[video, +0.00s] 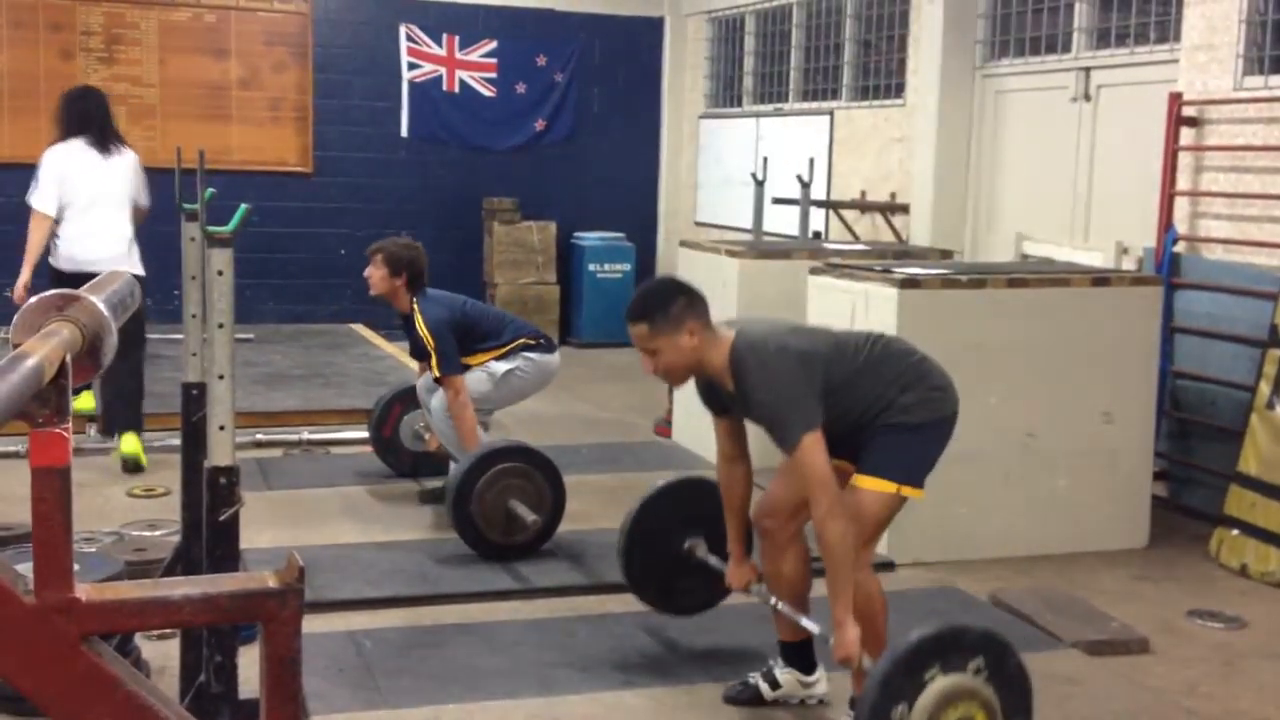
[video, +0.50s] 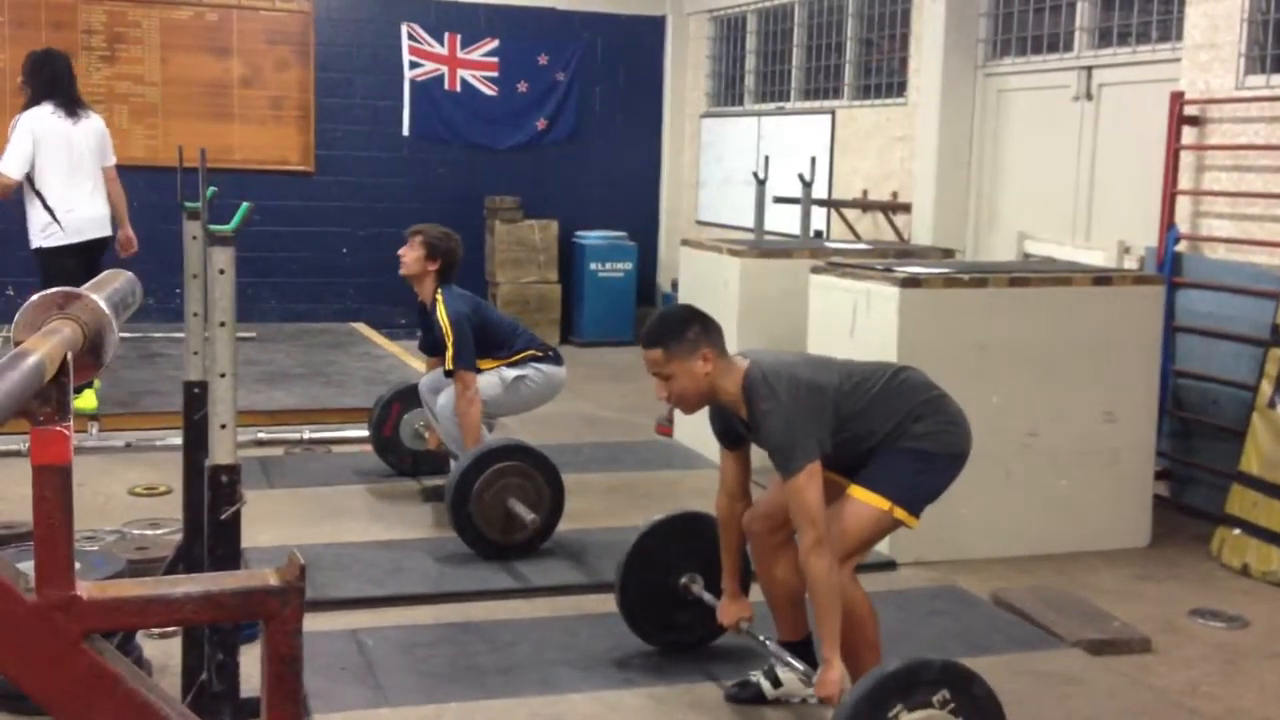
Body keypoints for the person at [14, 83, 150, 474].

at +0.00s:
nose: (61, 119)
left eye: (64, 112)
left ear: (66, 116)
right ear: (105, 115)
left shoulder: (57, 155)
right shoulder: (127, 155)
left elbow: (42, 216)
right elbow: (140, 208)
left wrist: (26, 271)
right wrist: (117, 231)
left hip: (69, 268)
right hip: (122, 269)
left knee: (68, 333)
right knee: (129, 351)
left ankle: (82, 388)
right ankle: (129, 434)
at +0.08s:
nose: (47, 111)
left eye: (49, 106)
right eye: (48, 106)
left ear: (57, 107)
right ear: (93, 104)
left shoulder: (50, 147)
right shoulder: (117, 144)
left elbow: (39, 208)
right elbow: (130, 203)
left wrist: (24, 259)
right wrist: (114, 231)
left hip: (66, 259)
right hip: (117, 257)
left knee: (66, 331)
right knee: (125, 335)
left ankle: (79, 390)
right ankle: (126, 406)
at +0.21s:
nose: (36, 96)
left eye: (40, 90)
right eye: (38, 90)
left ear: (49, 93)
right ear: (84, 90)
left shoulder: (44, 132)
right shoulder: (107, 130)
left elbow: (33, 195)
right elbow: (125, 186)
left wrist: (22, 242)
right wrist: (118, 225)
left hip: (62, 245)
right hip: (110, 243)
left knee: (61, 322)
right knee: (112, 312)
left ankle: (78, 391)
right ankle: (119, 368)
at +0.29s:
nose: (35, 88)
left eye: (38, 82)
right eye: (36, 81)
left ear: (49, 85)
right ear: (80, 83)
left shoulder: (41, 124)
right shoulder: (105, 123)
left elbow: (30, 185)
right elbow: (122, 180)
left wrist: (19, 217)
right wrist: (123, 226)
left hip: (62, 235)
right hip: (108, 232)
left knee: (64, 313)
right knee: (103, 305)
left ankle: (81, 389)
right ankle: (115, 358)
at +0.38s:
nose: (27, 81)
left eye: (31, 75)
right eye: (28, 74)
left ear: (44, 80)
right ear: (74, 79)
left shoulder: (37, 120)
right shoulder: (99, 118)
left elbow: (24, 179)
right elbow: (117, 176)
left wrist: (11, 199)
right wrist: (124, 225)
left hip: (63, 231)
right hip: (105, 225)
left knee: (62, 312)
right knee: (95, 300)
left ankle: (81, 391)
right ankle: (109, 361)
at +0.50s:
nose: (20, 82)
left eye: (24, 77)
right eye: (22, 75)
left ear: (34, 81)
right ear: (67, 78)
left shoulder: (29, 122)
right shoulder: (92, 119)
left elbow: (10, 179)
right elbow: (111, 176)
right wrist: (124, 224)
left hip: (55, 235)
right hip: (97, 230)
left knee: (60, 316)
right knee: (91, 310)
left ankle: (70, 392)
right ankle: (88, 388)